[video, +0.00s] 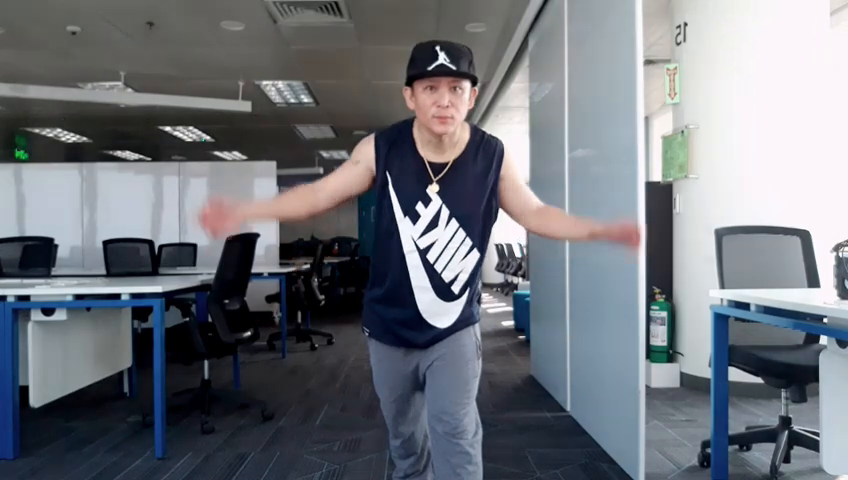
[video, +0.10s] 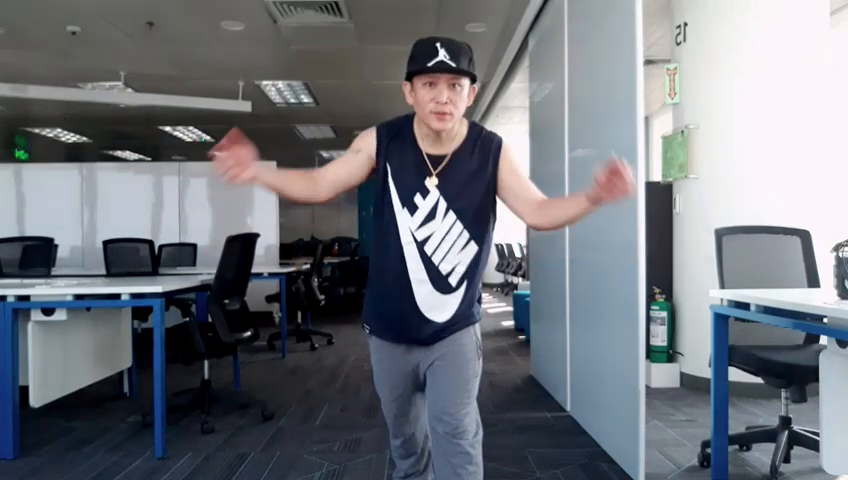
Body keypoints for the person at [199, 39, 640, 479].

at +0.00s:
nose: (444, 101)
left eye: (455, 90)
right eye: (432, 90)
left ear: (472, 97)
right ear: (409, 96)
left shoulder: (490, 155)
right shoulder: (379, 151)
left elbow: (534, 215)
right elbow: (314, 198)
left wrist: (598, 230)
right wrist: (246, 212)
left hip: (454, 328)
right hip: (390, 327)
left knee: (454, 434)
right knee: (401, 428)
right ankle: (406, 472)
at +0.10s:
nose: (442, 97)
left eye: (454, 85)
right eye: (430, 84)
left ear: (471, 94)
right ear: (409, 92)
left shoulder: (490, 151)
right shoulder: (379, 144)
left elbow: (537, 212)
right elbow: (319, 184)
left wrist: (591, 198)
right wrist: (258, 170)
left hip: (455, 328)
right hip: (390, 327)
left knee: (455, 435)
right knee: (401, 427)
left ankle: (458, 479)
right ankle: (407, 472)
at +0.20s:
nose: (443, 97)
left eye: (454, 86)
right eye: (431, 85)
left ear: (471, 93)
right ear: (410, 89)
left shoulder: (487, 142)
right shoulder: (384, 133)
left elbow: (502, 201)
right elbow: (346, 184)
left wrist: (531, 171)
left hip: (453, 324)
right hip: (389, 323)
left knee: (456, 436)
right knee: (401, 432)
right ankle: (409, 471)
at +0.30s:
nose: (444, 96)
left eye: (455, 86)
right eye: (432, 84)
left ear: (470, 93)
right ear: (411, 88)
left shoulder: (483, 136)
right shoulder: (383, 129)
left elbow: (480, 191)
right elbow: (355, 186)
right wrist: (383, 180)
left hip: (452, 322)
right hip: (387, 320)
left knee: (455, 440)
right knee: (401, 436)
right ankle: (409, 470)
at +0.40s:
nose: (443, 96)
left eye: (454, 86)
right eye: (431, 84)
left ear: (469, 93)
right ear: (409, 88)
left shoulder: (481, 136)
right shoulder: (381, 131)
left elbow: (472, 182)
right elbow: (359, 188)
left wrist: (439, 154)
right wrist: (388, 189)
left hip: (450, 323)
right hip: (386, 320)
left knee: (453, 439)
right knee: (400, 434)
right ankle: (409, 470)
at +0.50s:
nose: (438, 96)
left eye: (448, 86)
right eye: (426, 84)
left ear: (464, 94)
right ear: (405, 90)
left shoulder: (476, 138)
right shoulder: (378, 135)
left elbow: (479, 181)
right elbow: (349, 192)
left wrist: (446, 174)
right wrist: (358, 201)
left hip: (448, 324)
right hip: (385, 321)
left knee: (450, 436)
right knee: (398, 428)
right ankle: (406, 470)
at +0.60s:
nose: (430, 96)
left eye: (442, 85)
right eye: (419, 84)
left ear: (458, 93)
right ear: (399, 90)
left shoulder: (475, 145)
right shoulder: (373, 143)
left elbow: (505, 201)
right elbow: (331, 203)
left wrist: (533, 242)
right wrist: (281, 247)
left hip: (446, 323)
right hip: (384, 322)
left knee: (448, 431)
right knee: (398, 427)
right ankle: (407, 470)